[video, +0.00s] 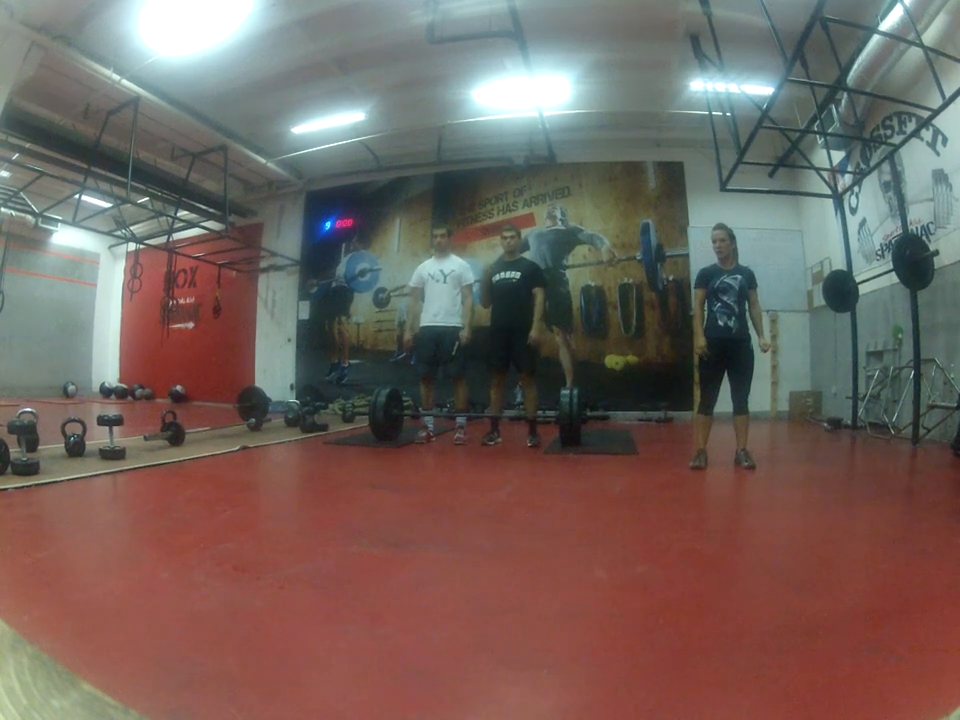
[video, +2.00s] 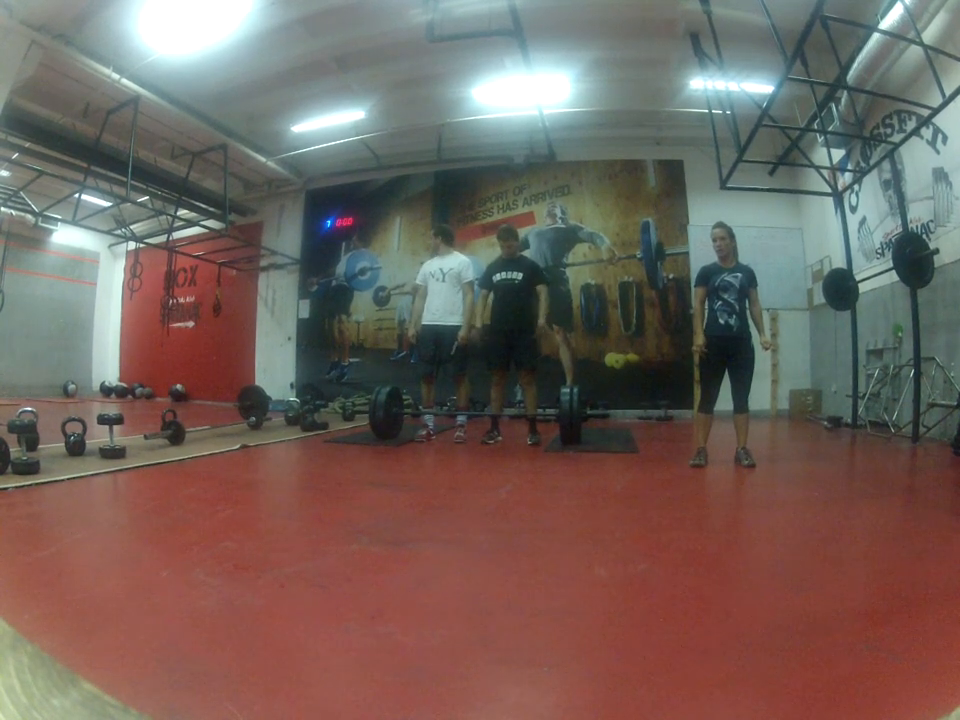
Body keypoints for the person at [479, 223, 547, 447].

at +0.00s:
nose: (508, 241)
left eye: (512, 238)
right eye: (504, 238)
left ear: (520, 241)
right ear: (500, 241)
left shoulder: (531, 266)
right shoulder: (494, 269)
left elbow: (539, 296)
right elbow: (485, 303)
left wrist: (536, 327)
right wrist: (486, 278)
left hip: (523, 331)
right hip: (499, 331)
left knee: (527, 379)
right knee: (497, 379)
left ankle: (532, 430)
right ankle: (494, 429)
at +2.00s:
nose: (508, 249)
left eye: (511, 244)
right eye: (504, 245)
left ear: (518, 243)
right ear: (499, 245)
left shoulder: (531, 266)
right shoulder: (493, 267)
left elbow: (543, 294)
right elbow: (482, 297)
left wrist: (542, 320)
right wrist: (479, 324)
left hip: (525, 329)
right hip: (498, 329)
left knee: (527, 377)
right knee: (497, 377)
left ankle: (532, 428)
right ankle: (494, 428)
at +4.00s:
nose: (508, 250)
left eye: (511, 246)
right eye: (504, 246)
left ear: (518, 243)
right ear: (498, 246)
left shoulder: (532, 265)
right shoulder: (494, 267)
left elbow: (547, 293)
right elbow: (484, 297)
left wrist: (543, 323)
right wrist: (484, 323)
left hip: (527, 330)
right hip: (500, 330)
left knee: (529, 378)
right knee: (499, 378)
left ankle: (533, 428)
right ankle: (495, 428)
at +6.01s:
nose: (509, 250)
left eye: (512, 246)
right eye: (505, 247)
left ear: (518, 243)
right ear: (499, 245)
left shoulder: (533, 264)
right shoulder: (494, 266)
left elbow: (545, 294)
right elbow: (486, 298)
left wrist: (547, 325)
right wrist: (487, 325)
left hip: (529, 328)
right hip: (502, 329)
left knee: (529, 377)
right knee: (499, 378)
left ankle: (533, 428)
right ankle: (495, 428)